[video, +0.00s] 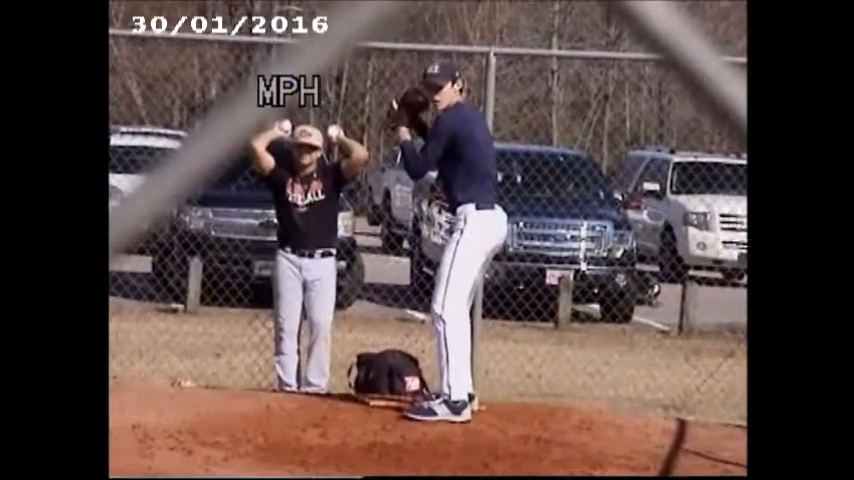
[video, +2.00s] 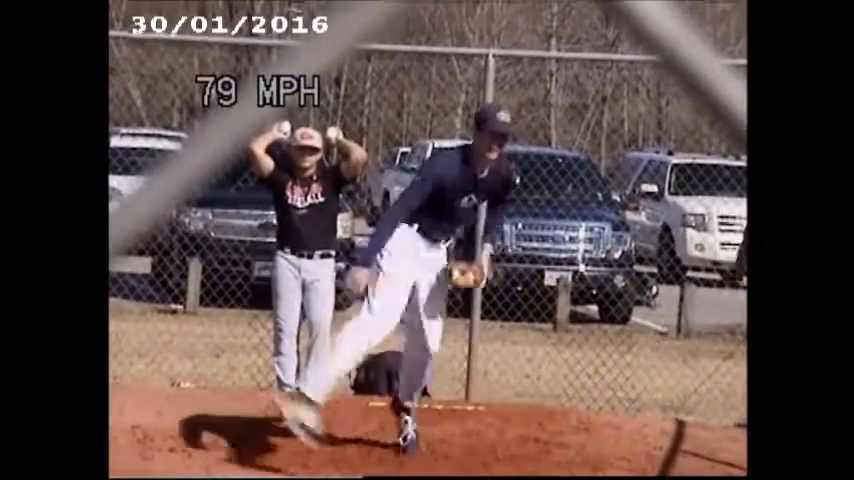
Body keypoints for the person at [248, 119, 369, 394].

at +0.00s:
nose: (305, 155)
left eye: (311, 150)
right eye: (301, 149)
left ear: (320, 152)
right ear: (292, 150)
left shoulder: (332, 175)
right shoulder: (281, 176)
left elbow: (361, 156)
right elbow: (256, 147)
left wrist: (341, 139)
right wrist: (276, 131)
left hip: (323, 260)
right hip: (288, 258)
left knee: (321, 324)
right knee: (286, 324)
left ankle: (317, 385)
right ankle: (286, 384)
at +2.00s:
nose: (307, 157)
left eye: (313, 152)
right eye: (301, 151)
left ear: (321, 153)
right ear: (291, 153)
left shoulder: (332, 177)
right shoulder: (281, 179)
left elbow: (360, 158)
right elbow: (255, 150)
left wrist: (340, 140)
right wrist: (275, 133)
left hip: (322, 261)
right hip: (287, 259)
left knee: (320, 326)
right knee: (285, 326)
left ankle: (315, 385)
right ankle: (285, 384)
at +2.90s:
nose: (307, 158)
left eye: (313, 152)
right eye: (301, 152)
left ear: (322, 154)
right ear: (292, 153)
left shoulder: (333, 177)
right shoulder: (281, 178)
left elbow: (362, 158)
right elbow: (250, 167)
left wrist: (341, 141)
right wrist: (275, 144)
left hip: (322, 261)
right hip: (288, 259)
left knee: (320, 324)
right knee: (285, 326)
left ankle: (315, 387)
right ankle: (286, 387)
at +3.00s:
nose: (309, 157)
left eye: (315, 151)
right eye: (303, 151)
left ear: (323, 153)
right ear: (293, 151)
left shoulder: (333, 176)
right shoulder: (281, 176)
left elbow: (364, 157)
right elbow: (254, 201)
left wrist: (341, 140)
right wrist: (269, 167)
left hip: (322, 260)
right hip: (287, 258)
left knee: (320, 322)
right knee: (285, 325)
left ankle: (315, 384)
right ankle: (286, 385)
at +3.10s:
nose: (310, 157)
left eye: (316, 152)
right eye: (305, 152)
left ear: (324, 155)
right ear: (295, 153)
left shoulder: (333, 178)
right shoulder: (280, 180)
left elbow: (365, 159)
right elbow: (261, 228)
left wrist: (341, 142)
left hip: (322, 262)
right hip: (287, 261)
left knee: (320, 324)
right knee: (285, 326)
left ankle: (315, 386)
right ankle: (287, 386)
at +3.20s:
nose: (309, 154)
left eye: (315, 150)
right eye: (304, 149)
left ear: (324, 153)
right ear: (295, 152)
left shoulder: (334, 176)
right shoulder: (282, 183)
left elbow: (367, 157)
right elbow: (272, 225)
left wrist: (342, 140)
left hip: (322, 261)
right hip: (288, 259)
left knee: (321, 324)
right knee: (286, 325)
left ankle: (316, 385)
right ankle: (287, 385)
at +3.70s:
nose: (310, 156)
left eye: (315, 152)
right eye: (305, 152)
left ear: (323, 156)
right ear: (295, 156)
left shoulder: (333, 179)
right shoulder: (286, 190)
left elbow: (373, 161)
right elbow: (287, 230)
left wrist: (343, 142)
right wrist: (293, 262)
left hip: (324, 263)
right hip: (291, 261)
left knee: (321, 327)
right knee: (287, 328)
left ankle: (316, 389)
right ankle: (287, 388)